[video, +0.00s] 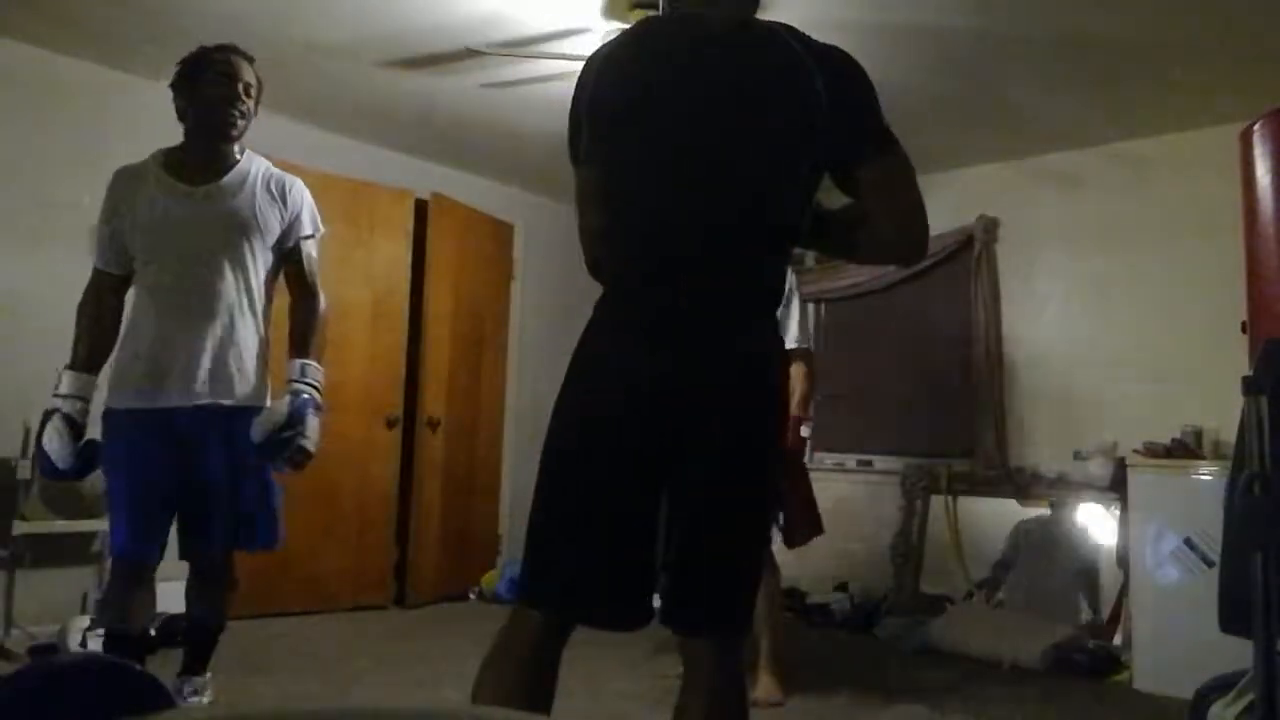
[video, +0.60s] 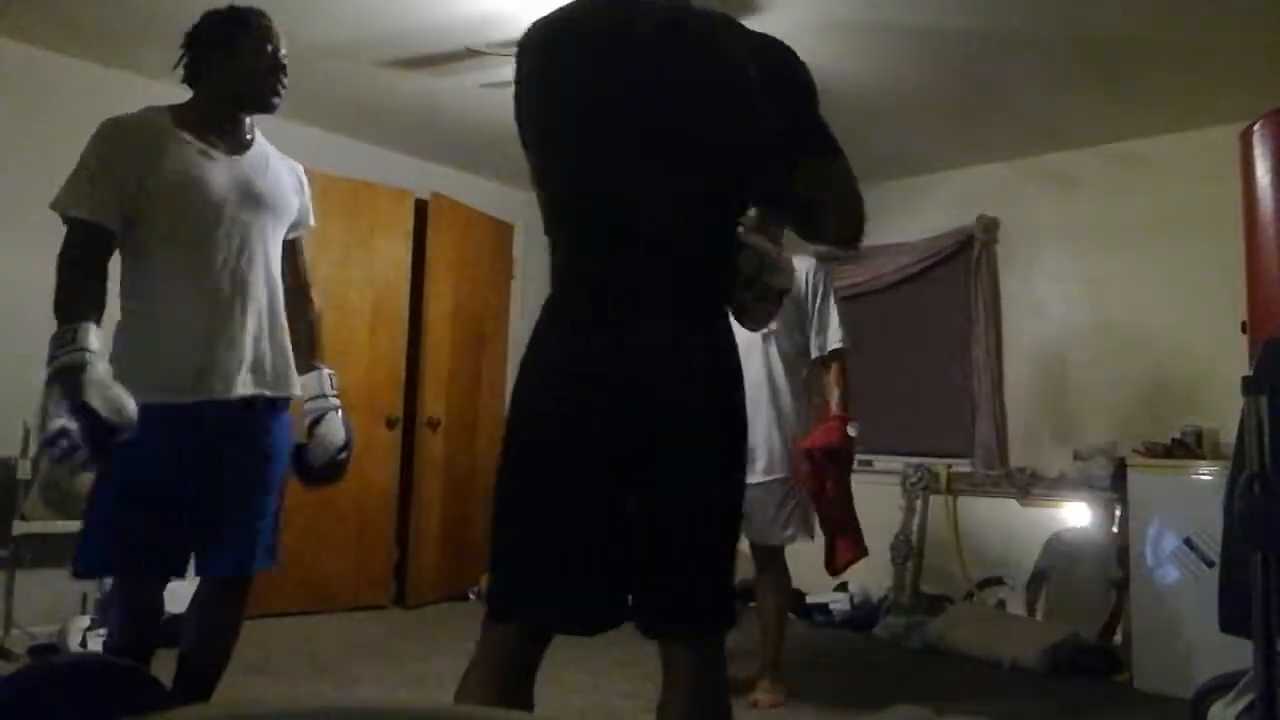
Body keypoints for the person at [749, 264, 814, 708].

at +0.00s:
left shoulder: (779, 277)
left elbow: (799, 356)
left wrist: (793, 426)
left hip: (757, 429)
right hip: (705, 421)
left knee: (759, 554)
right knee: (712, 552)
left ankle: (766, 668)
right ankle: (716, 668)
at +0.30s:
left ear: (773, 216)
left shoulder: (796, 268)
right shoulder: (707, 266)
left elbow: (820, 351)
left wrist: (821, 420)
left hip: (776, 434)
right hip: (715, 431)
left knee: (768, 555)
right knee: (717, 550)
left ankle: (767, 669)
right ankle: (713, 672)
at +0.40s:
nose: (748, 216)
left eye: (754, 208)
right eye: (742, 207)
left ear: (771, 213)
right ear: (727, 214)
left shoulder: (802, 268)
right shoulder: (713, 269)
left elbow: (828, 349)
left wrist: (831, 412)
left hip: (776, 441)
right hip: (718, 439)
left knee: (768, 556)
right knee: (717, 556)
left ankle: (768, 670)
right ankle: (706, 672)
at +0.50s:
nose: (752, 236)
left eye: (756, 225)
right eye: (745, 228)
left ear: (769, 221)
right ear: (728, 227)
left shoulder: (803, 272)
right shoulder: (711, 269)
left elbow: (830, 355)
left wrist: (833, 422)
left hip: (774, 445)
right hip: (716, 444)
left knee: (768, 557)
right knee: (713, 561)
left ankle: (769, 671)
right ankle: (700, 673)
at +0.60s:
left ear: (775, 230)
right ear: (728, 236)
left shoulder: (805, 272)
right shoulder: (711, 274)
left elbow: (830, 355)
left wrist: (835, 421)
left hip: (771, 446)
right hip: (716, 445)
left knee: (768, 559)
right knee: (709, 566)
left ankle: (770, 675)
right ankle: (697, 676)